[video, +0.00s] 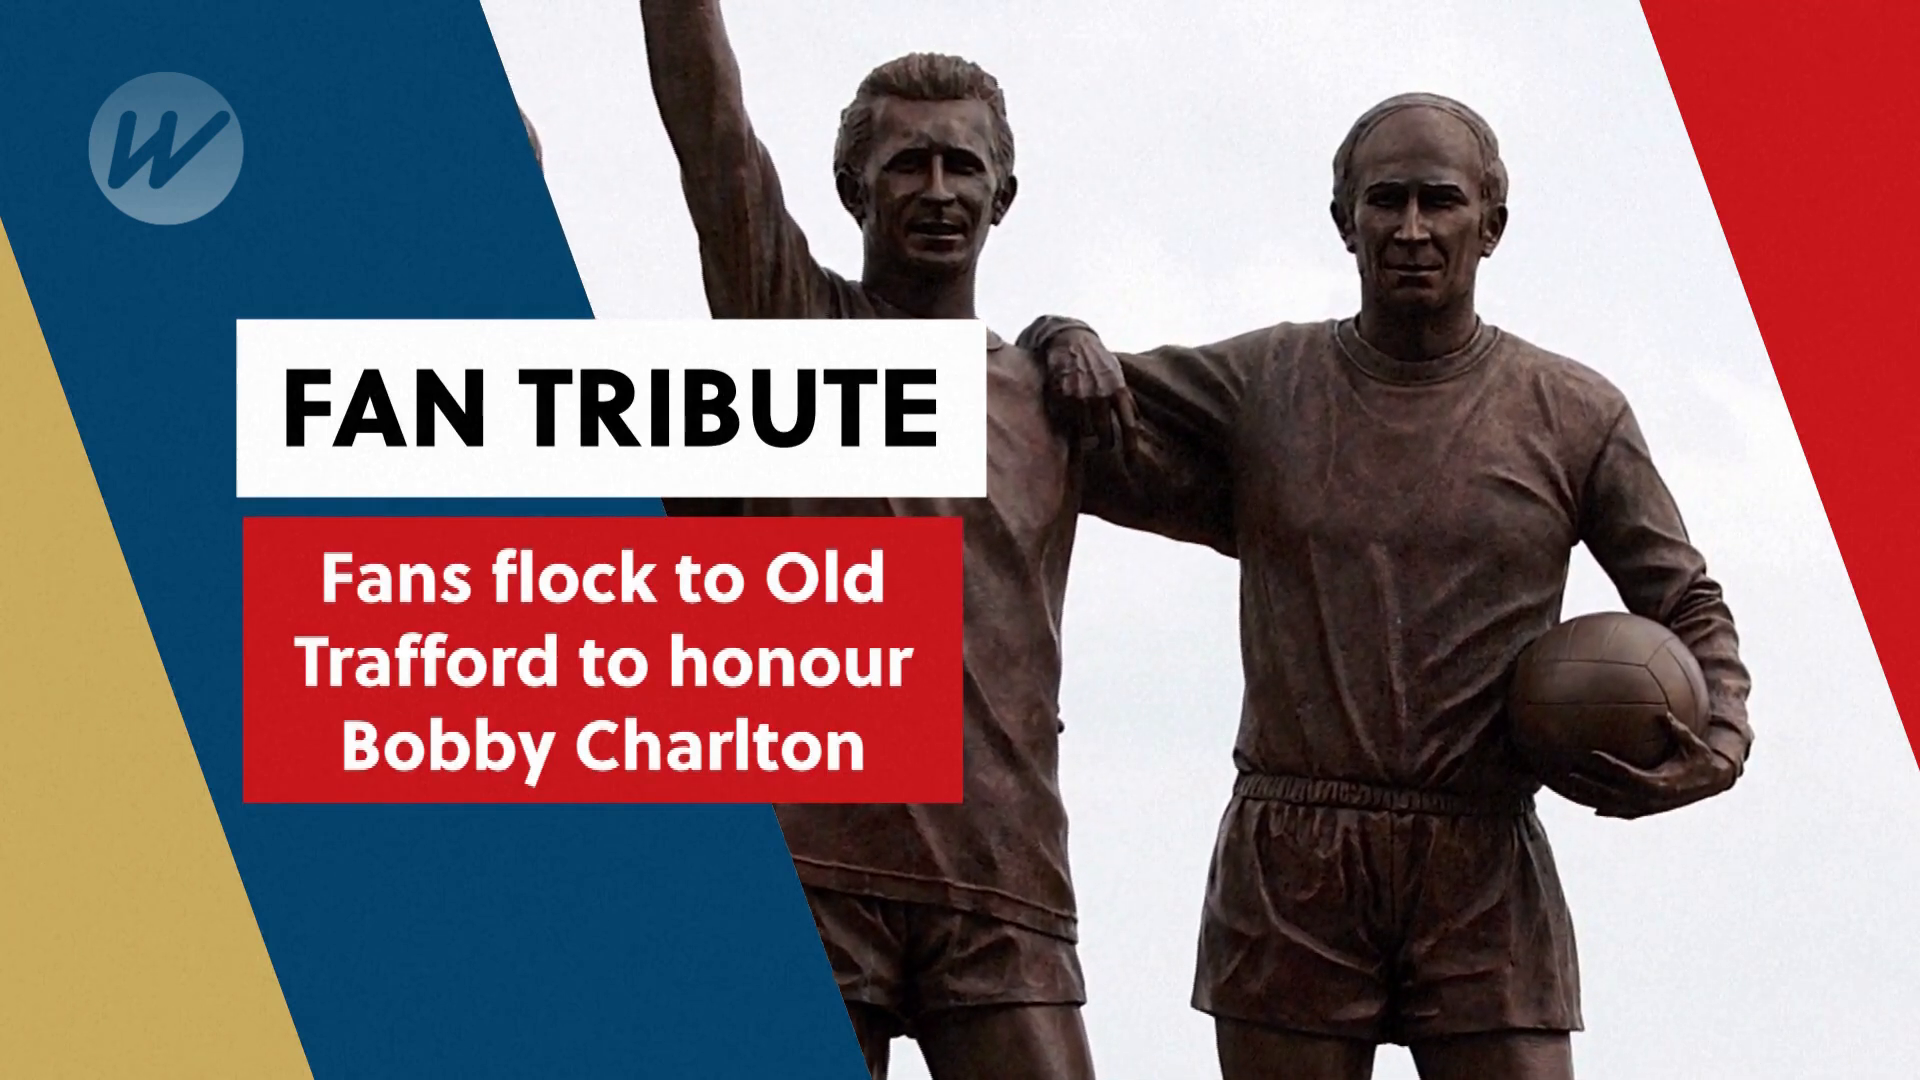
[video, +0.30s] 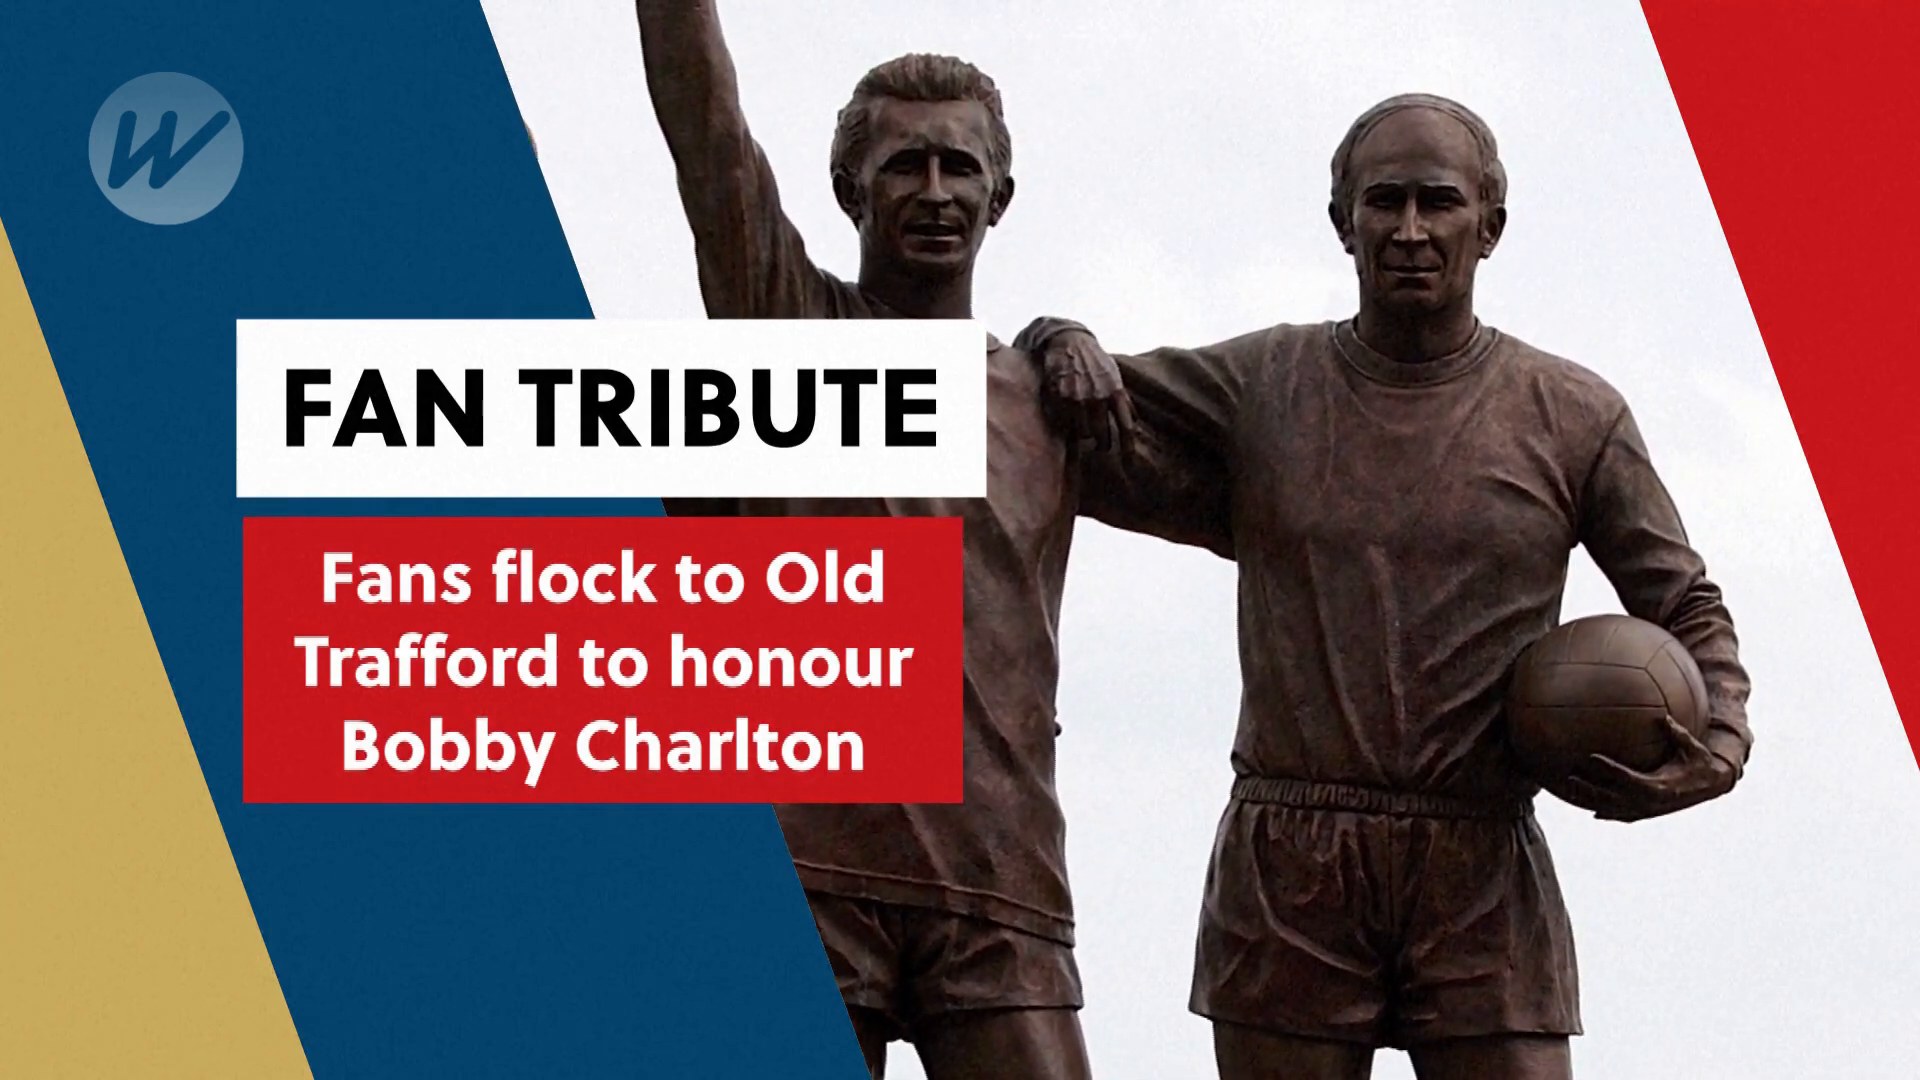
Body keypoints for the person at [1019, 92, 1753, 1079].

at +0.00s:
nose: (1411, 226)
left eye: (1440, 199)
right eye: (1384, 200)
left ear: (1493, 223)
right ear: (1344, 222)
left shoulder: (1574, 411)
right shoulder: (1262, 379)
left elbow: (1685, 604)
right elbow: (1085, 414)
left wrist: (1721, 735)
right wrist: (1062, 342)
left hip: (1482, 868)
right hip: (1287, 863)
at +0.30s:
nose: (1409, 227)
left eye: (1438, 199)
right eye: (1382, 201)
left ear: (1492, 224)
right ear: (1342, 223)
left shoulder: (1572, 412)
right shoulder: (1260, 380)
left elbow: (1683, 604)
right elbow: (1086, 407)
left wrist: (1720, 738)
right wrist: (1058, 341)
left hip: (1482, 873)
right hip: (1285, 867)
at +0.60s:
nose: (1407, 228)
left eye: (1437, 200)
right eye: (1381, 202)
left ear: (1491, 225)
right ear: (1340, 224)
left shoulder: (1573, 414)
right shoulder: (1259, 382)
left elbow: (1684, 609)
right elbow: (1088, 411)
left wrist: (1720, 746)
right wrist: (1054, 342)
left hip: (1480, 879)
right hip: (1283, 871)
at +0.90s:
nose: (1406, 230)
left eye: (1435, 201)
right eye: (1379, 203)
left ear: (1488, 226)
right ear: (1339, 225)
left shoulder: (1571, 415)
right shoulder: (1258, 383)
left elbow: (1682, 609)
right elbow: (1083, 409)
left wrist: (1719, 745)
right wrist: (1052, 343)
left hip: (1480, 883)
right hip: (1281, 877)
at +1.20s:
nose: (1404, 232)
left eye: (1434, 203)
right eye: (1377, 205)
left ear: (1488, 226)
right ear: (1337, 226)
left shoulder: (1570, 417)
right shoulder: (1256, 385)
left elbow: (1681, 611)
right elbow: (1084, 424)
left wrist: (1720, 747)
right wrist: (1051, 348)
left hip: (1478, 885)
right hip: (1279, 878)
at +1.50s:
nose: (1402, 233)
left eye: (1432, 204)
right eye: (1375, 206)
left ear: (1486, 228)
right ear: (1335, 227)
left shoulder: (1569, 419)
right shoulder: (1252, 387)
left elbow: (1681, 614)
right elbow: (1079, 440)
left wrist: (1718, 752)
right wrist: (1046, 351)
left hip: (1478, 891)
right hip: (1276, 885)